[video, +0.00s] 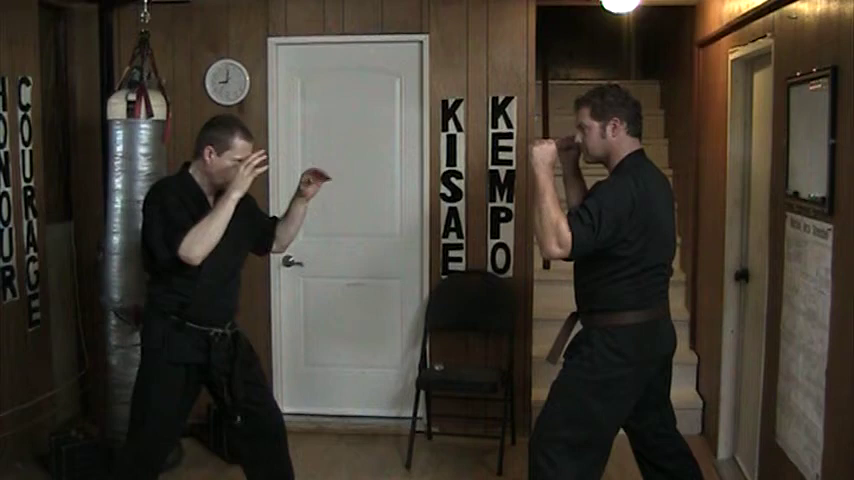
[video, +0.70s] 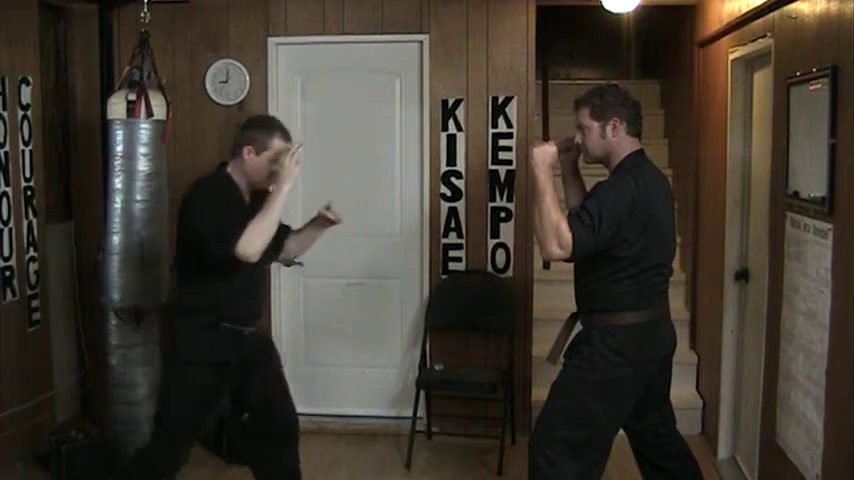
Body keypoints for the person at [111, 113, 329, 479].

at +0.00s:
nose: (244, 172)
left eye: (247, 163)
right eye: (238, 162)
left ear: (215, 156)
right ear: (209, 156)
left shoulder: (236, 200)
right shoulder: (166, 195)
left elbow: (273, 242)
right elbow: (191, 251)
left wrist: (301, 200)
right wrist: (234, 193)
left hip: (224, 341)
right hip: (173, 341)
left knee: (266, 434)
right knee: (148, 446)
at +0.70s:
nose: (278, 170)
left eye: (282, 162)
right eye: (273, 160)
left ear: (251, 156)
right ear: (248, 155)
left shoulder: (250, 201)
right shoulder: (208, 194)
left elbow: (286, 250)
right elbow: (247, 248)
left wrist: (317, 226)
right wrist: (282, 187)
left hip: (247, 340)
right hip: (201, 341)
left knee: (279, 430)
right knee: (171, 445)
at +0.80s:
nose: (298, 167)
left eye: (302, 160)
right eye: (294, 157)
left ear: (271, 154)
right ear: (267, 151)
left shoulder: (275, 196)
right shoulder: (226, 191)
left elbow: (307, 246)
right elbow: (265, 247)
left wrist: (338, 227)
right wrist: (299, 185)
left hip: (268, 336)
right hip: (223, 336)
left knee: (287, 430)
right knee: (214, 436)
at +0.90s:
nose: (317, 164)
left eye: (319, 156)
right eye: (311, 154)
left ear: (290, 154)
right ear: (284, 152)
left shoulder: (295, 195)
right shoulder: (241, 190)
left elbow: (326, 245)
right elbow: (276, 247)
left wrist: (357, 230)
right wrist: (309, 187)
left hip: (285, 336)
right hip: (240, 337)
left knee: (297, 430)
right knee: (246, 438)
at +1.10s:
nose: (340, 167)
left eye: (344, 159)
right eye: (336, 156)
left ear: (316, 152)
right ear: (309, 151)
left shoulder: (321, 193)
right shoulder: (266, 192)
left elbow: (346, 250)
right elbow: (296, 250)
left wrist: (374, 238)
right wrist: (323, 187)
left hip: (320, 333)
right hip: (275, 335)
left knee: (349, 425)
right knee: (298, 440)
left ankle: (315, 478)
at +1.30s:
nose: (381, 168)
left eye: (384, 160)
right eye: (376, 158)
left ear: (355, 157)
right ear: (349, 153)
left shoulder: (363, 198)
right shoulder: (303, 193)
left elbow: (390, 248)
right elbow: (328, 253)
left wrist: (429, 250)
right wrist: (365, 191)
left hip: (356, 340)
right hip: (307, 340)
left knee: (404, 442)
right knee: (314, 452)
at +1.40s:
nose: (404, 176)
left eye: (408, 168)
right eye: (399, 165)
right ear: (372, 158)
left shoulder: (398, 208)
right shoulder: (326, 196)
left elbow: (445, 246)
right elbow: (337, 256)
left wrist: (499, 258)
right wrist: (378, 194)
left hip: (378, 342)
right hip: (325, 341)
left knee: (423, 442)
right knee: (324, 454)